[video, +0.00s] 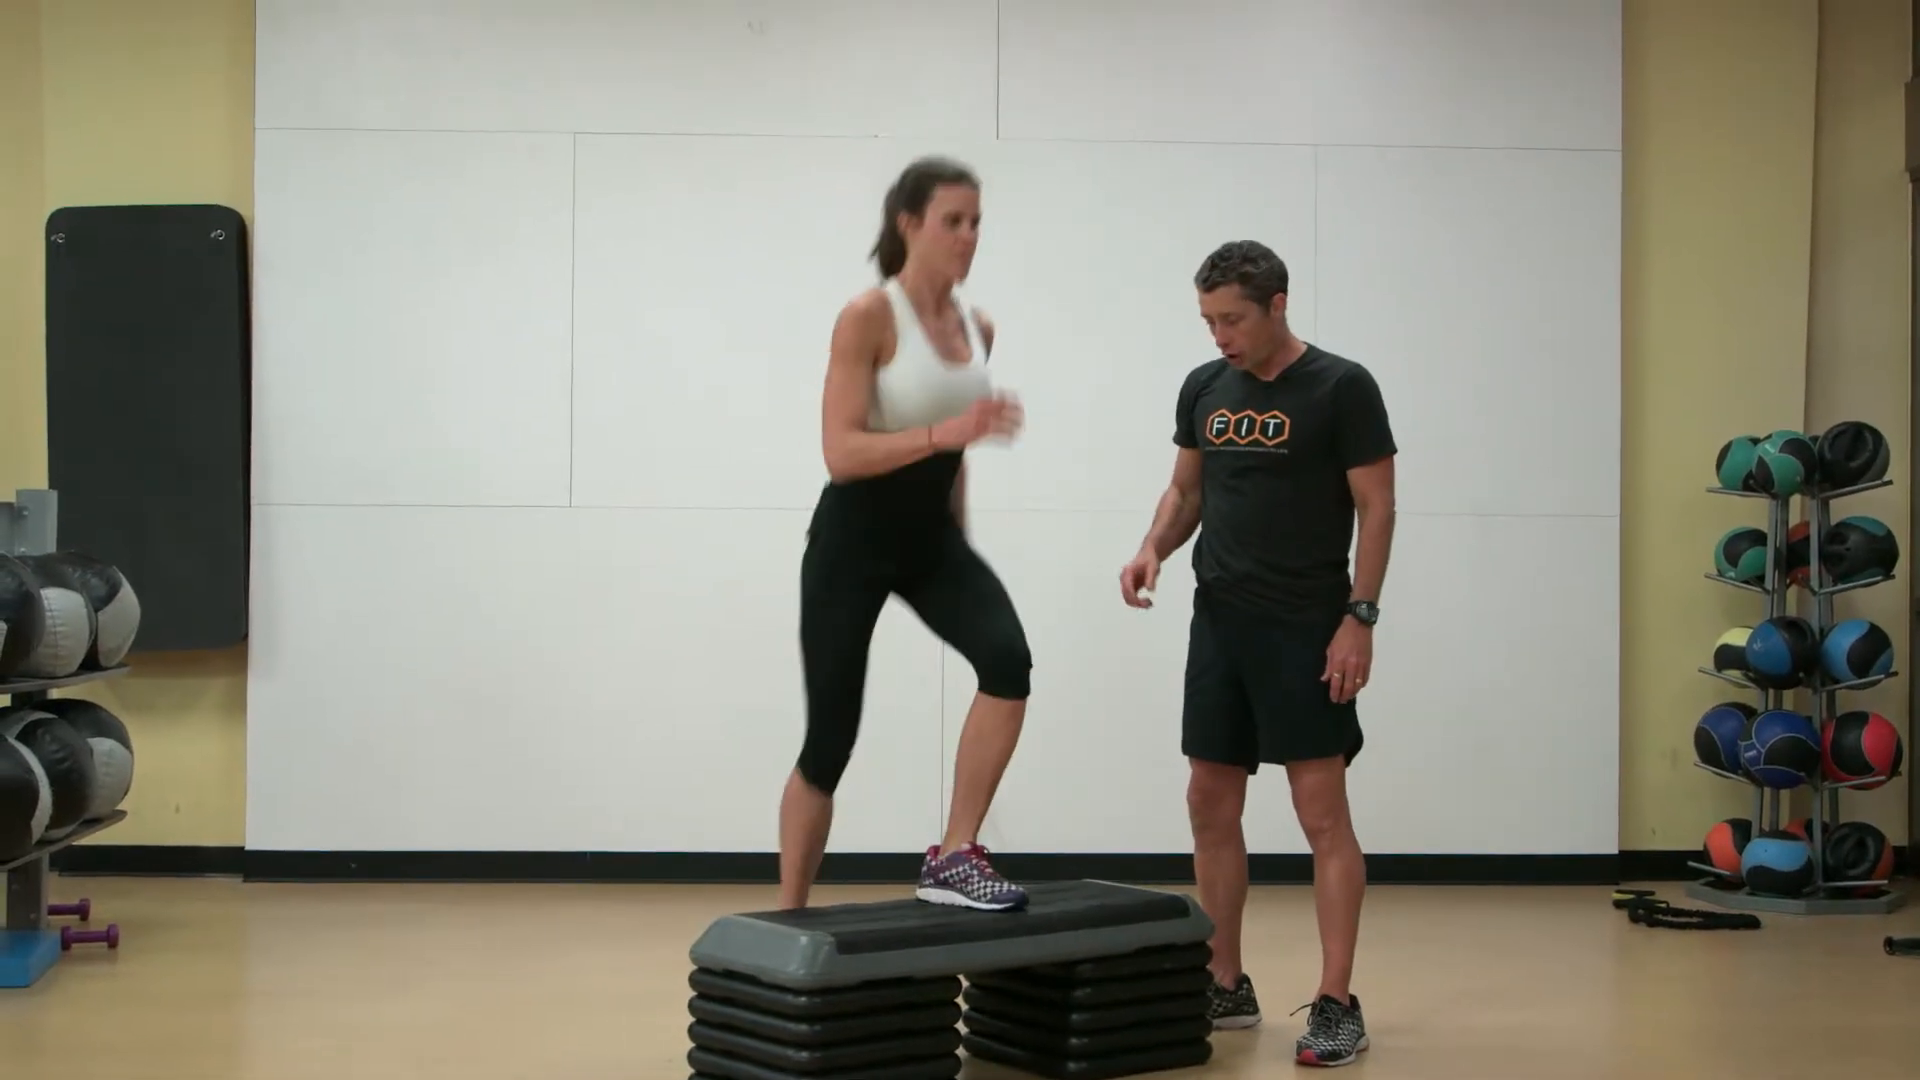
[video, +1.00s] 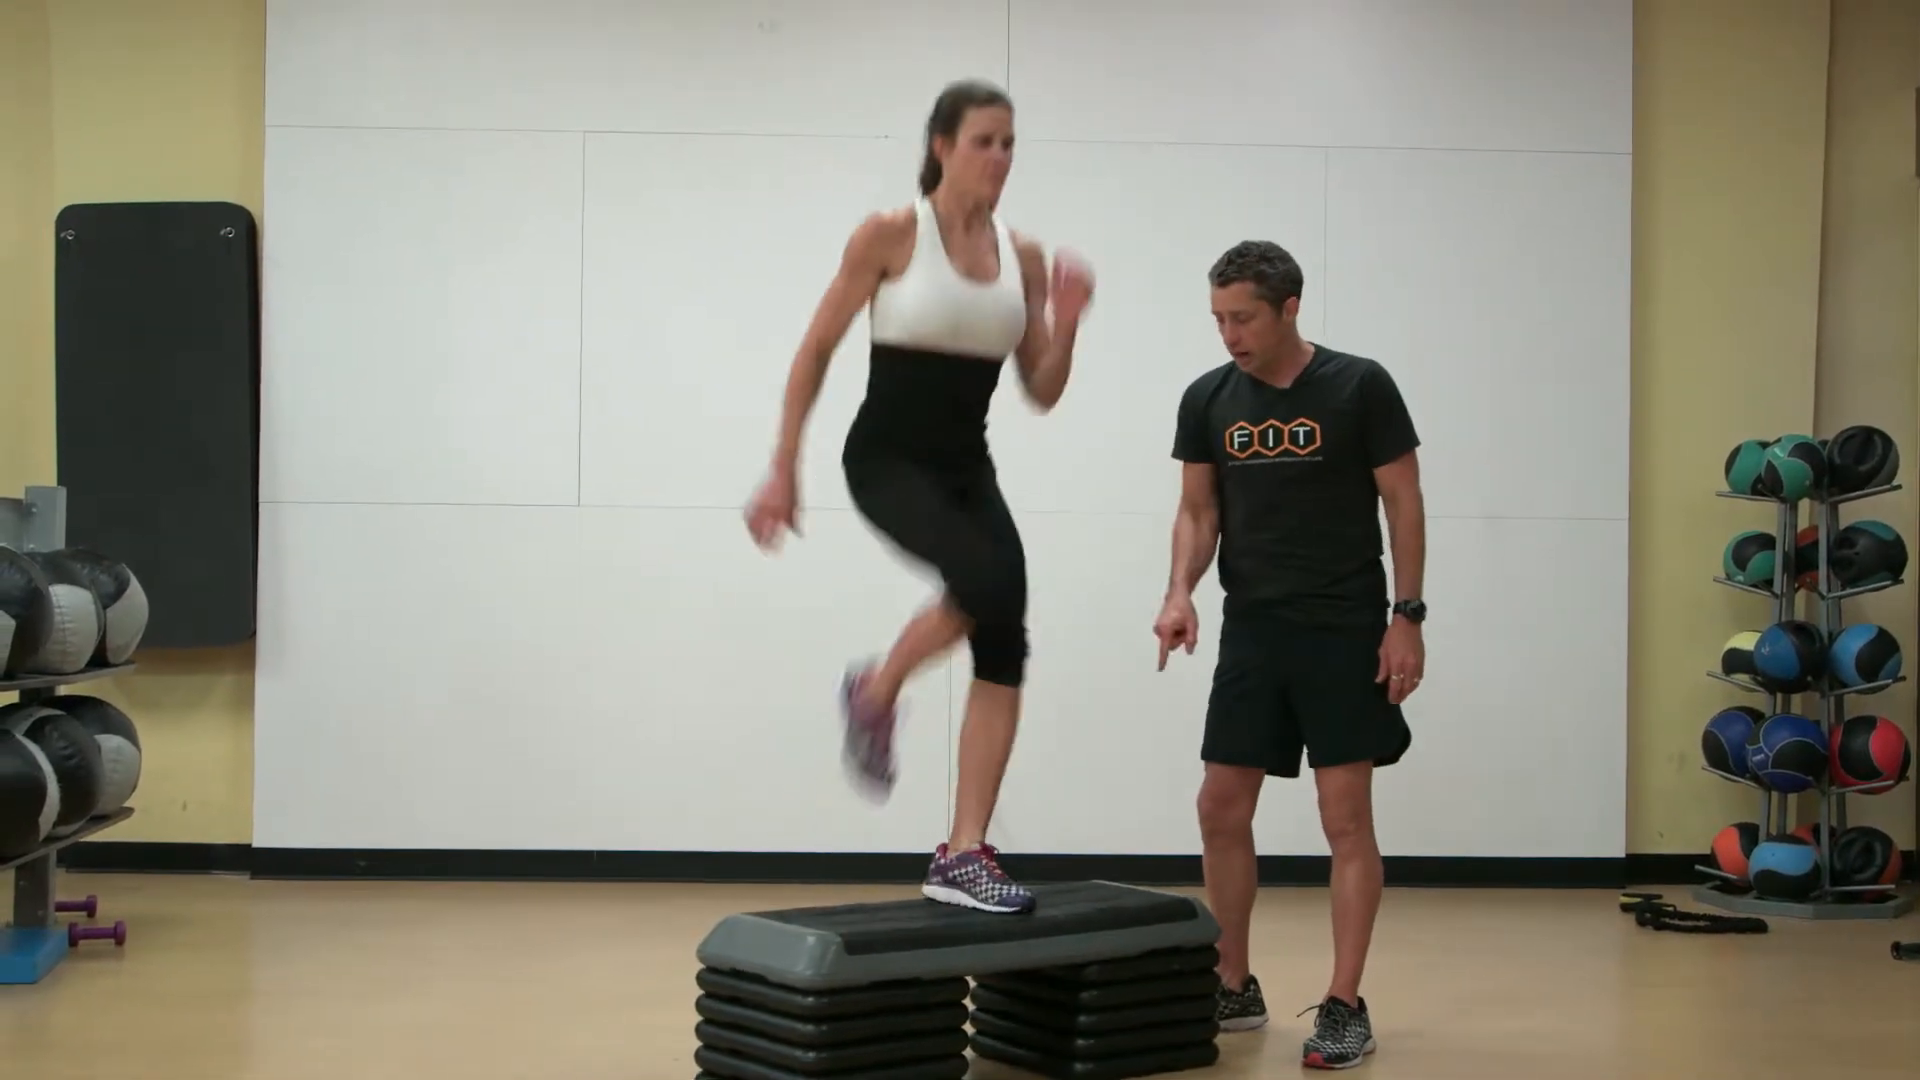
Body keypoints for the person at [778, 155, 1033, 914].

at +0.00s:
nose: (969, 236)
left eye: (975, 223)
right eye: (954, 221)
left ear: (976, 231)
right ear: (906, 225)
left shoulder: (973, 328)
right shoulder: (866, 320)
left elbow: (946, 447)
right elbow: (841, 451)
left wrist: (955, 545)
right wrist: (945, 433)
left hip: (931, 542)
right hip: (851, 545)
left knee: (1007, 662)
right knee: (829, 739)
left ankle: (955, 854)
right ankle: (789, 922)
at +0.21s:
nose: (924, 343)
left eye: (931, 329)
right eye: (909, 327)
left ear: (936, 336)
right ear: (862, 329)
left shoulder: (930, 420)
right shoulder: (819, 420)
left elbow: (899, 525)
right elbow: (833, 545)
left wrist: (887, 608)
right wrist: (878, 452)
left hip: (888, 626)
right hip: (812, 636)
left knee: (994, 662)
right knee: (811, 833)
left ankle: (954, 855)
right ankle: (771, 986)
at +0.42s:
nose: (912, 333)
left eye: (920, 319)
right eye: (897, 318)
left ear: (925, 326)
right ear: (851, 320)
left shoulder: (919, 408)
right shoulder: (810, 410)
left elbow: (892, 510)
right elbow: (825, 529)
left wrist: (878, 593)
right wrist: (870, 435)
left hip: (878, 610)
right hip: (806, 618)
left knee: (984, 654)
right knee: (801, 816)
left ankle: (954, 855)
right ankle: (771, 980)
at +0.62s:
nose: (929, 352)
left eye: (935, 337)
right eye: (913, 337)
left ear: (940, 343)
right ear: (868, 340)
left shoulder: (929, 425)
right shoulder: (823, 429)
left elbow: (901, 530)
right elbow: (821, 558)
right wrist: (908, 482)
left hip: (893, 624)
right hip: (821, 635)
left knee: (996, 658)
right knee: (830, 843)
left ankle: (955, 854)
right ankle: (771, 981)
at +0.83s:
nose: (984, 250)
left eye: (990, 237)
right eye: (968, 237)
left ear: (992, 244)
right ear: (921, 242)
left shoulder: (993, 337)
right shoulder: (877, 327)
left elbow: (964, 425)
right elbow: (823, 443)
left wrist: (997, 482)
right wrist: (912, 488)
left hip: (939, 545)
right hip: (860, 543)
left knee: (1020, 666)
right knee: (842, 736)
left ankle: (959, 855)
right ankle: (797, 919)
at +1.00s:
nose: (1001, 157)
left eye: (1009, 144)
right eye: (986, 142)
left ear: (1012, 155)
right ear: (941, 149)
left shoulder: (1020, 258)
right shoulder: (888, 238)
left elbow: (1041, 392)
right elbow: (814, 351)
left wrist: (1065, 324)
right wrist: (783, 470)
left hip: (966, 462)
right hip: (886, 459)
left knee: (1003, 642)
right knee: (987, 579)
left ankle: (964, 851)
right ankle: (875, 692)